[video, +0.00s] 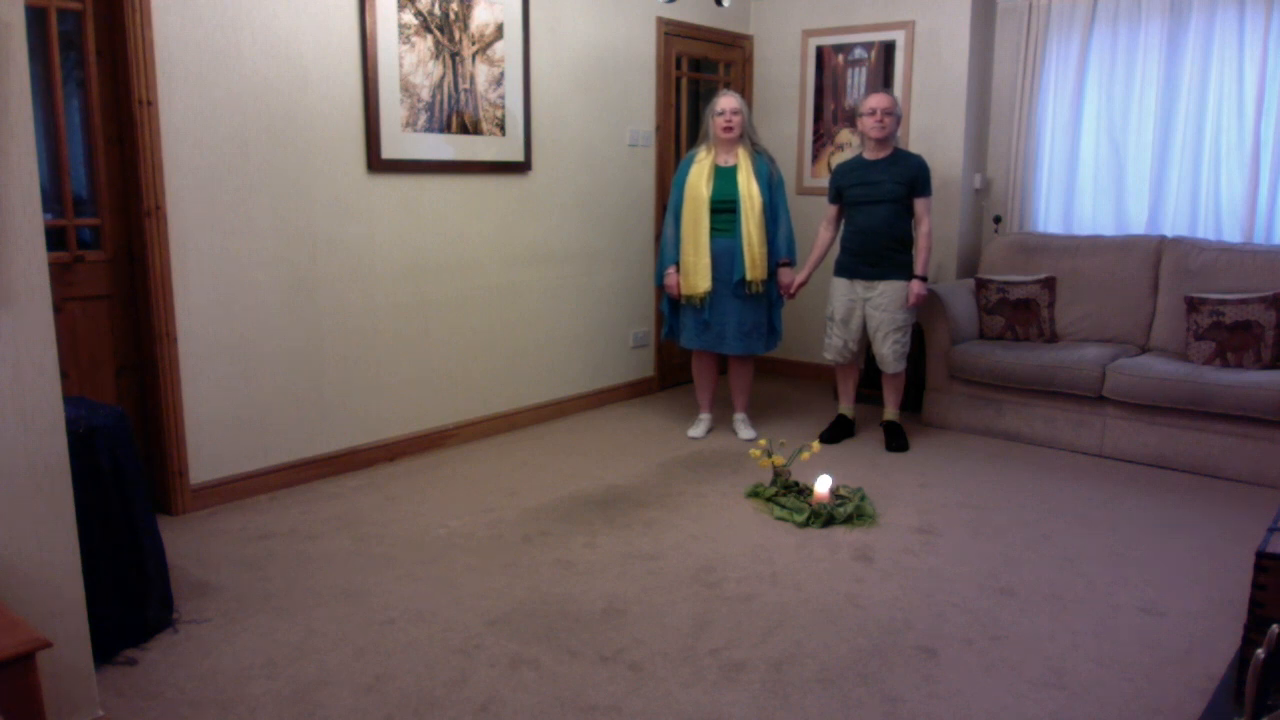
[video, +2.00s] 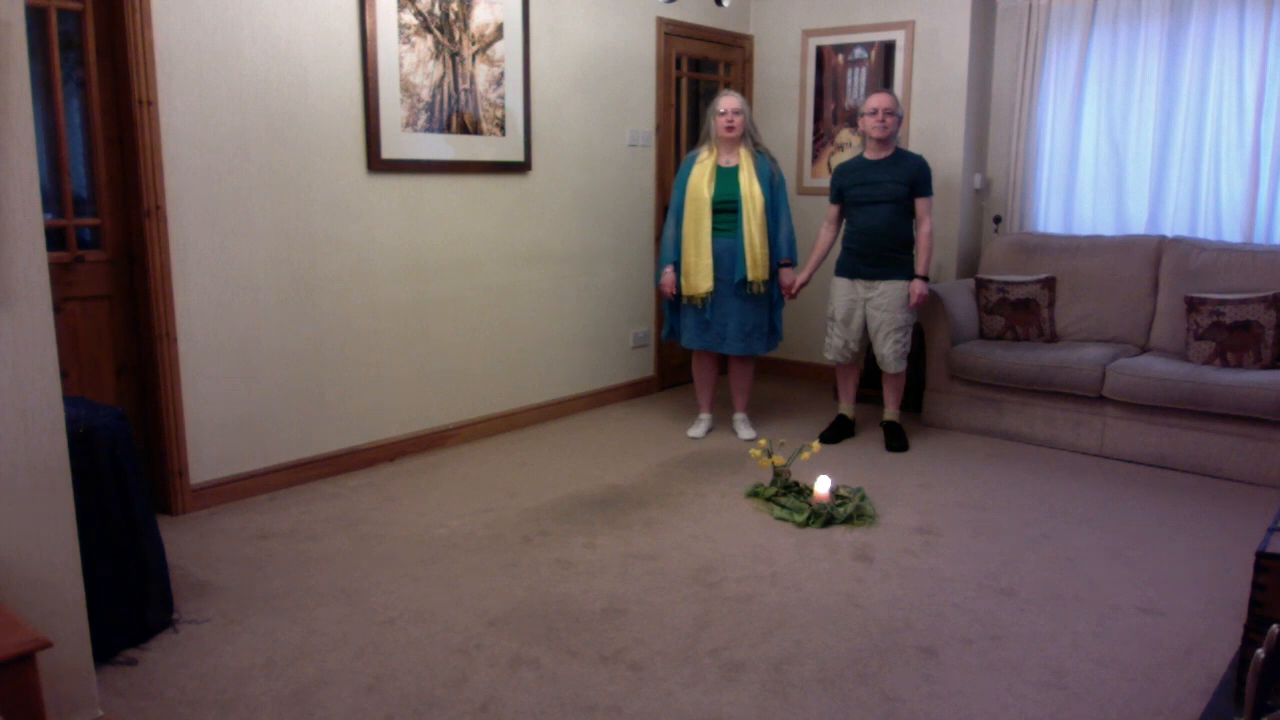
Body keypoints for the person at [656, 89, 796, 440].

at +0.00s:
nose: (728, 119)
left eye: (735, 113)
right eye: (721, 113)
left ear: (745, 119)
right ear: (710, 120)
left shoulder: (762, 163)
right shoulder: (692, 163)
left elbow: (779, 215)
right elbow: (673, 218)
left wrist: (784, 264)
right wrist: (670, 266)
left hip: (748, 268)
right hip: (700, 268)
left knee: (742, 344)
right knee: (702, 343)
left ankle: (741, 415)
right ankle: (704, 413)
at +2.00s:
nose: (729, 119)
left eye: (736, 113)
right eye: (722, 113)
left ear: (747, 119)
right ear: (712, 120)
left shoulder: (763, 164)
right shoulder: (693, 163)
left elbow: (780, 216)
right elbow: (675, 217)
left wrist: (785, 264)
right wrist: (668, 265)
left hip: (749, 268)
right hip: (700, 268)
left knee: (743, 344)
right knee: (702, 343)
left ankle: (741, 414)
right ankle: (705, 413)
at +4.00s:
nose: (731, 119)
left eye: (737, 113)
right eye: (723, 114)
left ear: (748, 119)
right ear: (713, 120)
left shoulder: (764, 164)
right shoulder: (694, 163)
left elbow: (781, 216)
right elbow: (676, 218)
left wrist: (786, 264)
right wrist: (672, 266)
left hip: (750, 269)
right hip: (702, 269)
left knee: (743, 344)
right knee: (703, 343)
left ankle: (741, 414)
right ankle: (705, 413)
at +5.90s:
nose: (692, 123)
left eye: (699, 116)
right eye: (685, 117)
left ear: (710, 122)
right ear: (674, 124)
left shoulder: (728, 168)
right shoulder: (655, 168)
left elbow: (748, 222)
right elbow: (637, 224)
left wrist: (762, 269)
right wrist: (626, 270)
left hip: (715, 274)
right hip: (660, 274)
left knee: (725, 348)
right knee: (656, 349)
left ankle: (736, 413)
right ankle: (658, 415)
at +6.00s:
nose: (682, 124)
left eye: (689, 117)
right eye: (674, 118)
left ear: (700, 123)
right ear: (664, 124)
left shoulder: (718, 170)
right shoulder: (645, 168)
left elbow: (737, 224)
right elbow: (625, 223)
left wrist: (750, 271)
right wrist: (614, 270)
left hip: (702, 279)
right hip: (650, 278)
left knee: (712, 349)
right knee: (650, 350)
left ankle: (726, 409)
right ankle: (656, 416)